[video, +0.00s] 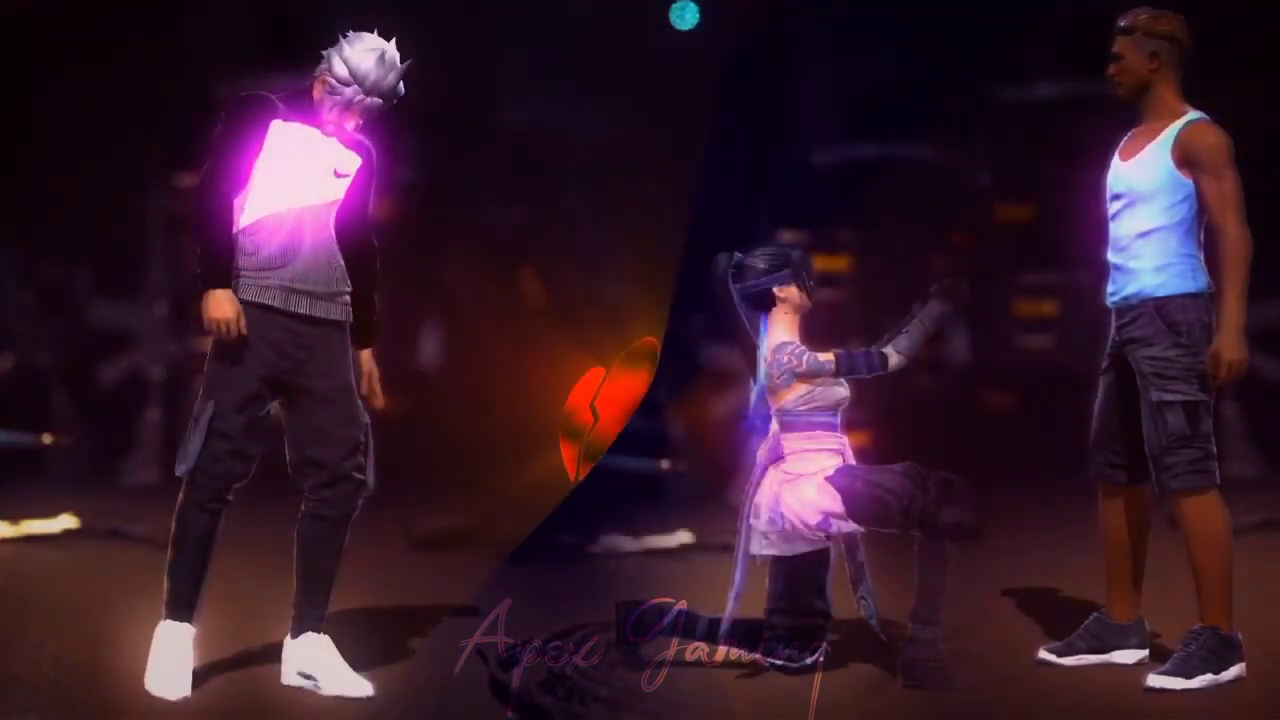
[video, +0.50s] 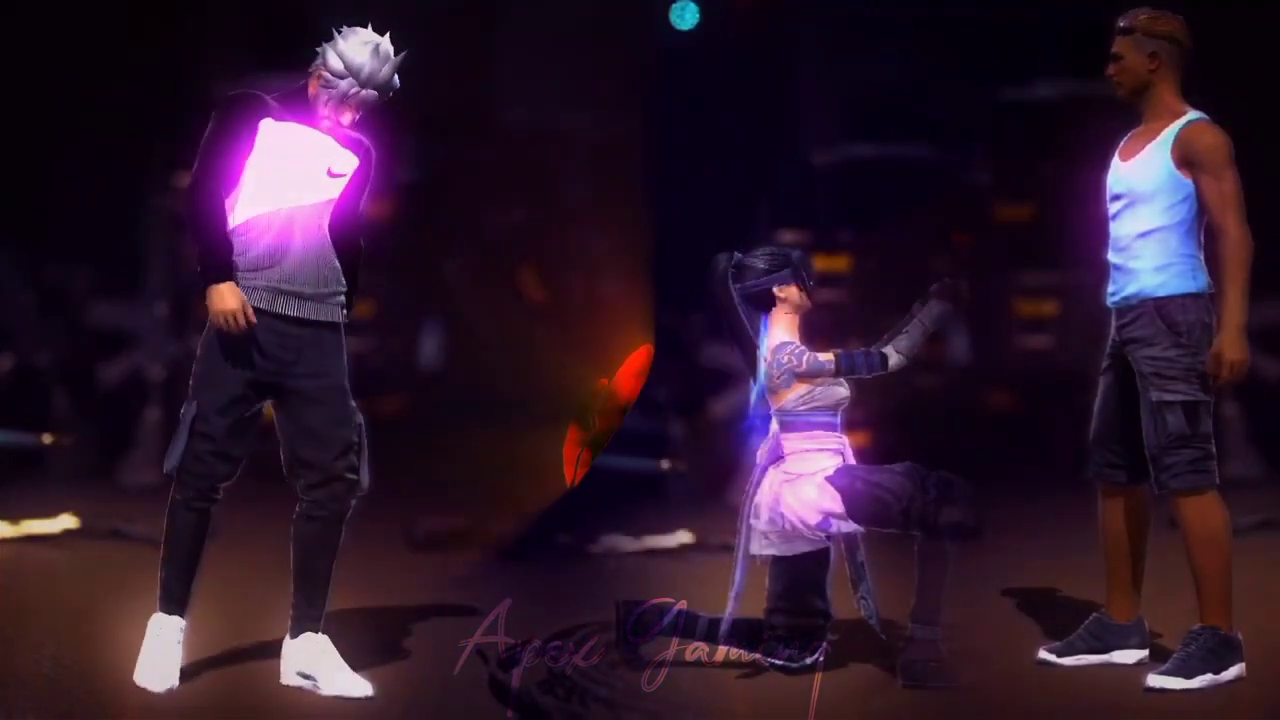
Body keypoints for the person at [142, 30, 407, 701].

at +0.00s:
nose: (352, 119)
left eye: (366, 110)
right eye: (347, 101)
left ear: (377, 107)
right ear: (323, 82)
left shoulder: (370, 153)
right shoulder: (258, 118)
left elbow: (367, 251)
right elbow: (214, 197)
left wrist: (365, 342)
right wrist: (216, 282)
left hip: (329, 335)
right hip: (253, 321)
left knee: (338, 480)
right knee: (214, 472)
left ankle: (307, 638)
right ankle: (177, 627)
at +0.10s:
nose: (350, 118)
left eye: (364, 109)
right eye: (345, 100)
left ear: (376, 108)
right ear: (321, 83)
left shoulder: (369, 156)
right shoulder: (257, 119)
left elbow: (367, 254)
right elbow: (213, 196)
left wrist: (363, 342)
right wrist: (216, 281)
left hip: (328, 334)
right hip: (252, 320)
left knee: (337, 480)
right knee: (212, 473)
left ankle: (307, 638)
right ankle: (175, 626)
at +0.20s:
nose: (348, 116)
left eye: (362, 108)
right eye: (341, 98)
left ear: (375, 107)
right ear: (319, 82)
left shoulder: (369, 157)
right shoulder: (257, 122)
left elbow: (361, 255)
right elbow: (213, 197)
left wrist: (353, 345)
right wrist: (217, 279)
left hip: (325, 333)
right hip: (250, 319)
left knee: (334, 479)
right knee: (208, 473)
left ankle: (307, 637)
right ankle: (172, 625)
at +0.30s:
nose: (344, 115)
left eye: (359, 107)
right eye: (338, 96)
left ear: (372, 107)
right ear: (315, 81)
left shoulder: (364, 154)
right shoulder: (251, 118)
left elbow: (358, 227)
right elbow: (208, 198)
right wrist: (218, 277)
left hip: (319, 331)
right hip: (244, 318)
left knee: (333, 478)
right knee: (203, 471)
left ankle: (306, 637)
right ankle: (169, 623)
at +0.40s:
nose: (343, 114)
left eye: (358, 106)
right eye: (336, 95)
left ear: (371, 105)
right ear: (314, 81)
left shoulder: (365, 154)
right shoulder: (252, 115)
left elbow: (351, 233)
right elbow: (207, 196)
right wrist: (217, 277)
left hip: (317, 332)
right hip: (242, 320)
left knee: (332, 478)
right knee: (201, 471)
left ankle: (306, 637)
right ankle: (168, 623)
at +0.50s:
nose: (342, 114)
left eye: (358, 106)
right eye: (336, 96)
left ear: (372, 105)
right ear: (314, 80)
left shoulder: (366, 154)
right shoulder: (252, 115)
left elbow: (352, 233)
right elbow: (207, 196)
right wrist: (218, 277)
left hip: (317, 332)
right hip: (242, 320)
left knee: (332, 478)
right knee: (201, 471)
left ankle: (306, 637)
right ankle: (168, 623)